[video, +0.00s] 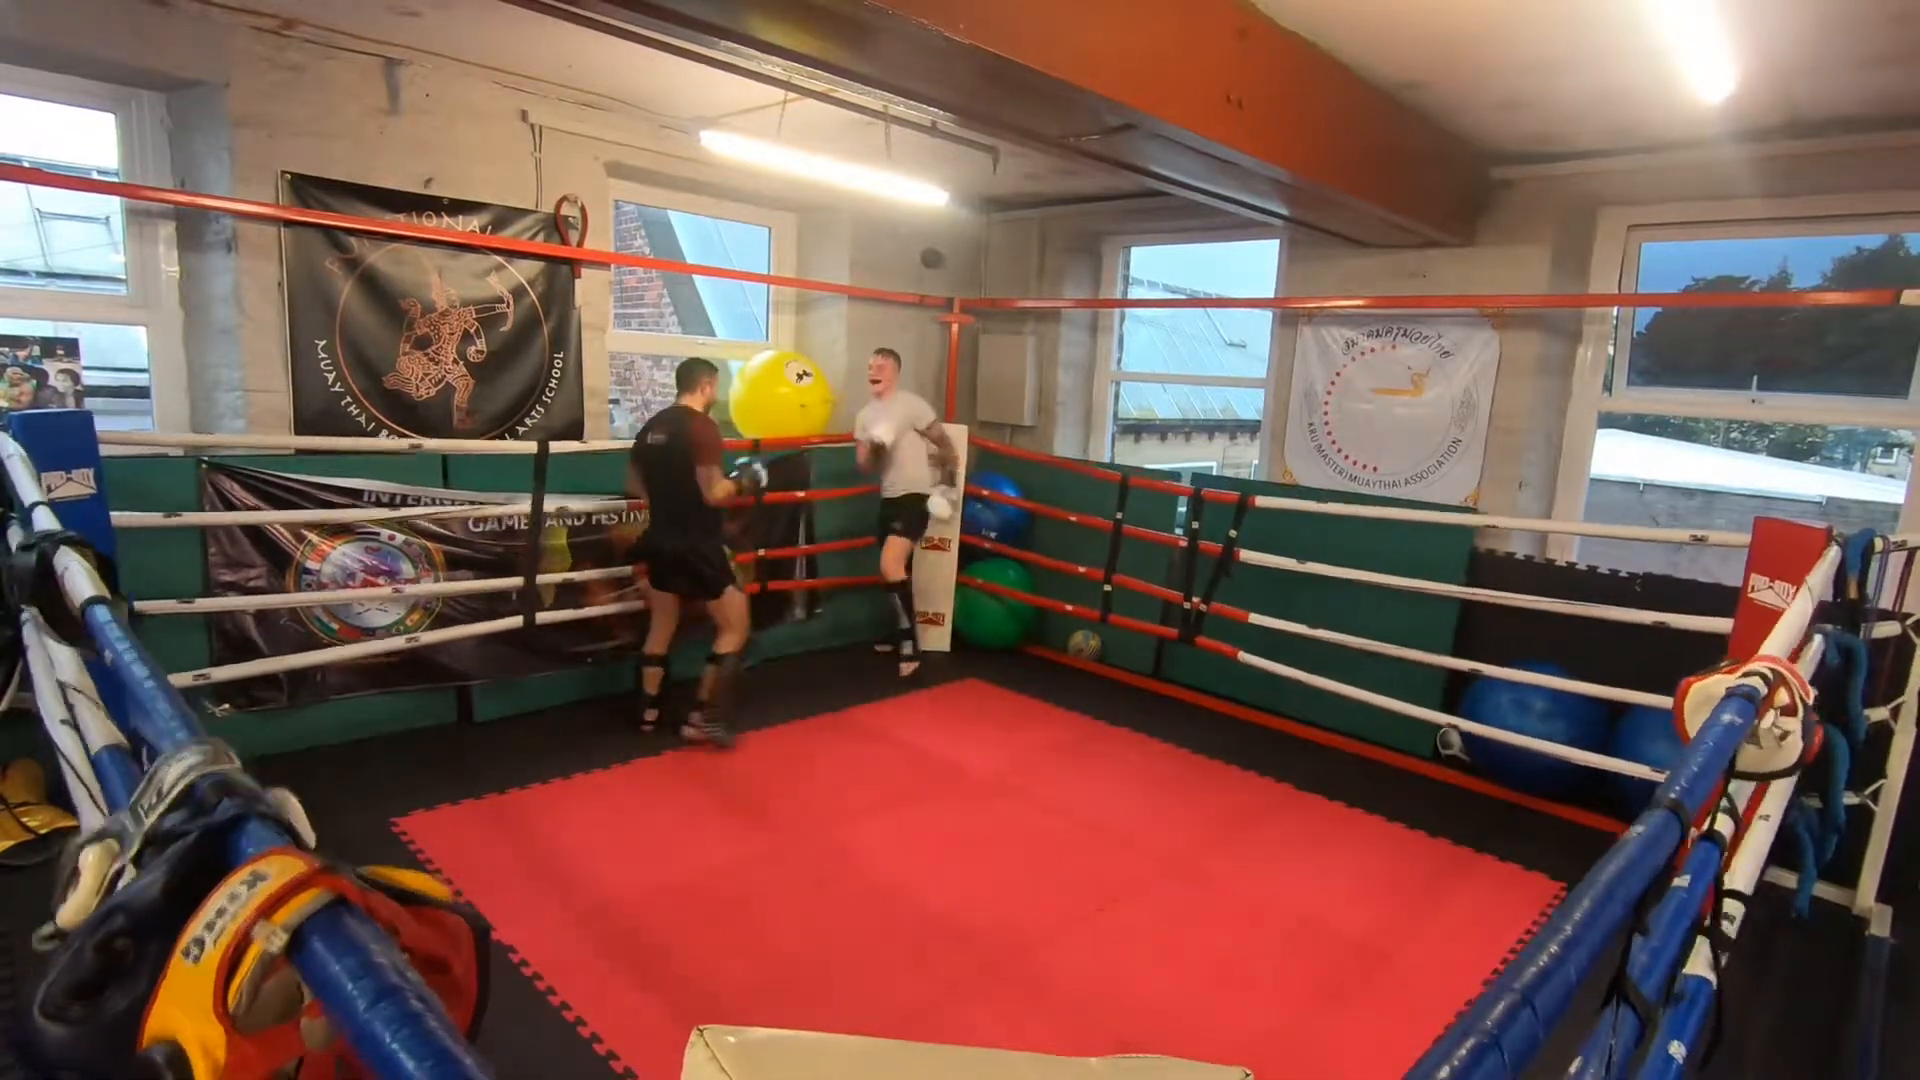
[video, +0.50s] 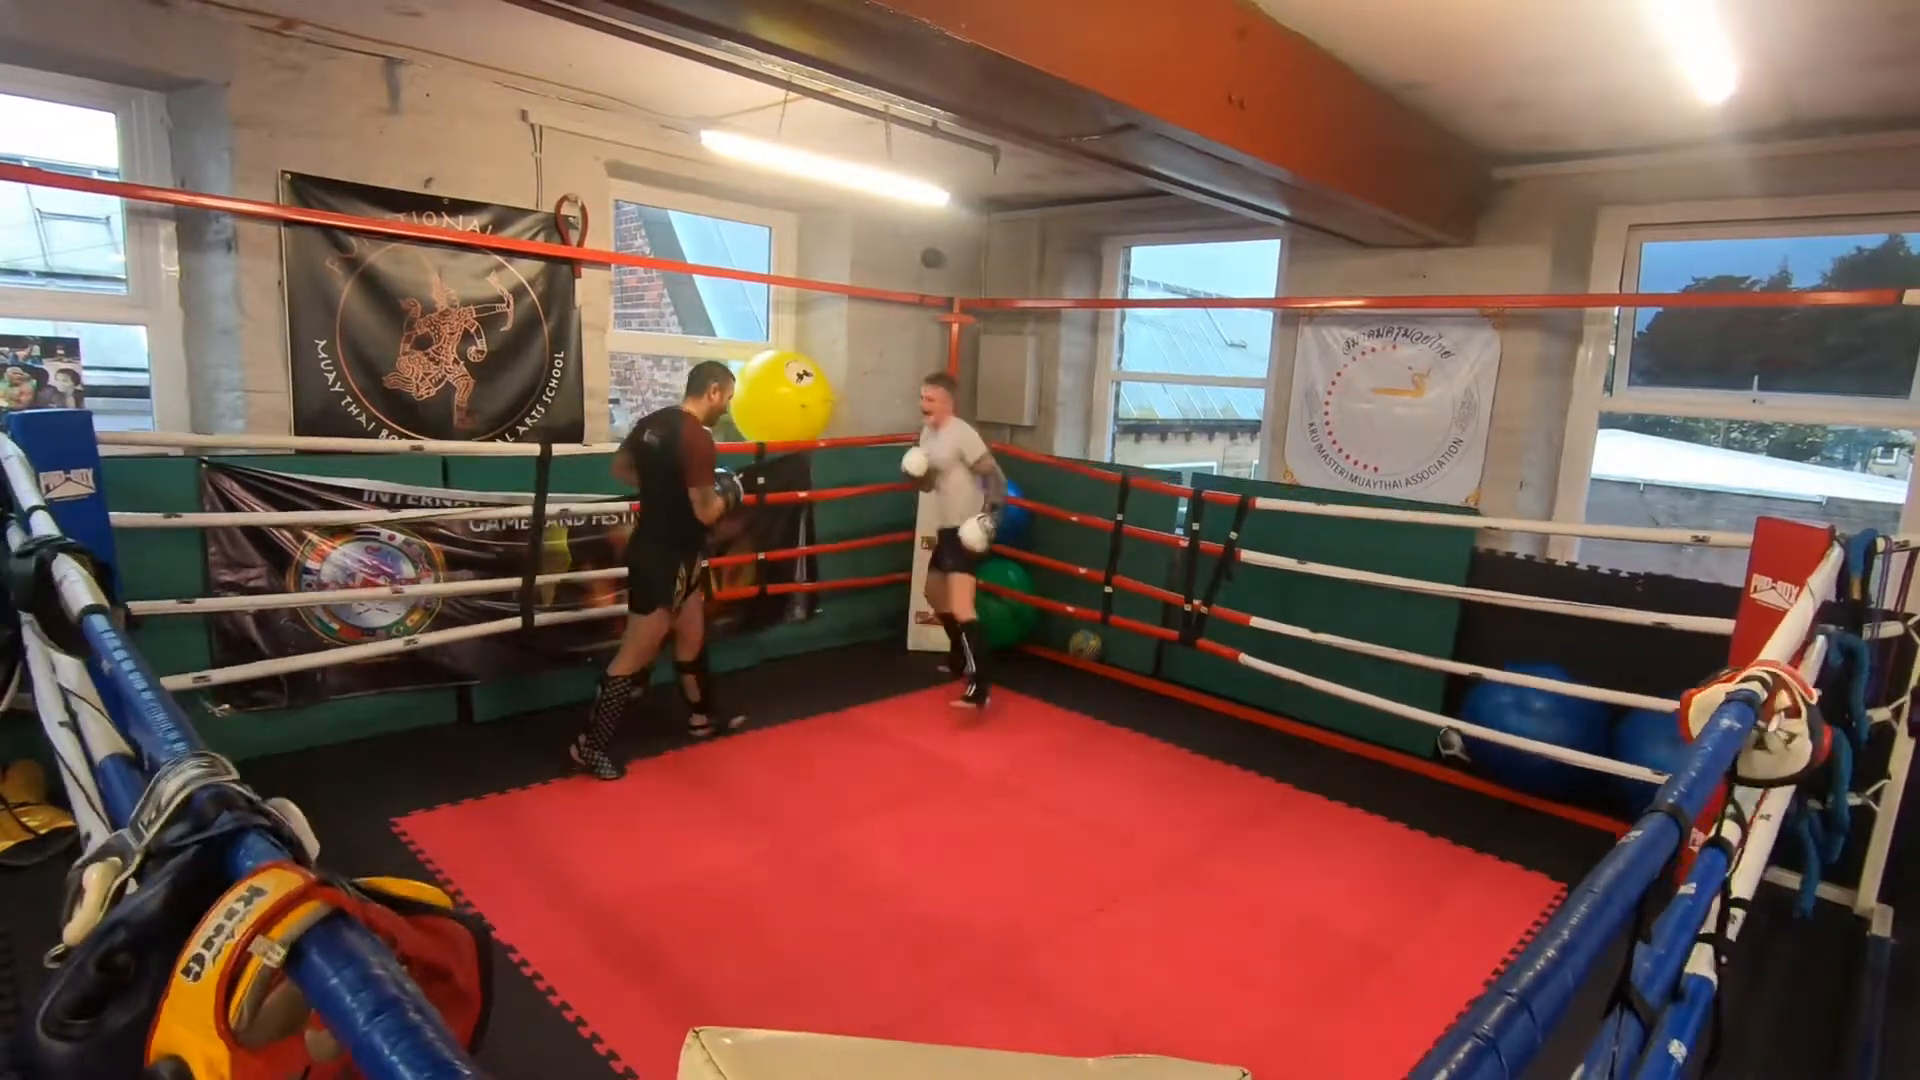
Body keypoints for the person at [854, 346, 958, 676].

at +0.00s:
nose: (873, 374)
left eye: (880, 368)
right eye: (871, 368)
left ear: (895, 373)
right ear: (868, 373)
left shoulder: (912, 405)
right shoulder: (866, 415)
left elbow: (945, 443)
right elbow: (864, 465)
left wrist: (947, 478)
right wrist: (873, 450)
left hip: (916, 493)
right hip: (889, 496)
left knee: (891, 564)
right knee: (895, 568)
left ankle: (909, 643)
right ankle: (900, 635)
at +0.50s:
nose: (925, 404)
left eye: (931, 399)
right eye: (923, 399)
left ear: (950, 401)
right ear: (923, 401)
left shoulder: (963, 433)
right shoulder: (928, 434)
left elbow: (995, 479)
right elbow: (927, 485)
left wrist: (989, 518)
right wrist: (917, 470)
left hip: (965, 528)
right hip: (942, 528)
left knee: (961, 604)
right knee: (935, 594)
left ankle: (978, 682)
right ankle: (959, 658)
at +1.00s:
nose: (977, 407)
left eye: (983, 401)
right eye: (977, 400)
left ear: (1005, 402)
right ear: (1005, 404)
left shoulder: (1014, 441)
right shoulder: (1022, 435)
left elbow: (1038, 499)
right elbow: (1018, 488)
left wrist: (1001, 541)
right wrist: (986, 488)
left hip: (1019, 555)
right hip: (1039, 553)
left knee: (985, 631)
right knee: (1041, 630)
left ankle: (971, 716)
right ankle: (1089, 703)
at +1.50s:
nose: (1034, 424)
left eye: (1038, 416)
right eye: (1035, 416)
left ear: (1055, 416)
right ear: (1075, 416)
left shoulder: (1044, 464)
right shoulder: (1108, 464)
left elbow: (1030, 525)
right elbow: (1087, 520)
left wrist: (979, 542)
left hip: (1054, 593)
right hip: (1097, 594)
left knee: (1028, 693)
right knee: (1088, 667)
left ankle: (1019, 800)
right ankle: (1107, 756)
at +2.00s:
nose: (1037, 440)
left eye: (1037, 431)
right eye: (1034, 432)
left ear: (1054, 423)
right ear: (1080, 422)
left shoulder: (1055, 470)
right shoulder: (1123, 470)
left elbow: (1052, 539)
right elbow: (1104, 541)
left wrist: (1004, 569)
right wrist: (1017, 560)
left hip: (1068, 615)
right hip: (1124, 618)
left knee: (1028, 707)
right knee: (1138, 732)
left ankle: (1018, 818)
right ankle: (1171, 857)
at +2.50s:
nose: (1021, 430)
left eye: (1021, 422)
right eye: (1020, 423)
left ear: (1035, 419)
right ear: (1068, 414)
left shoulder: (1023, 459)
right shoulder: (1117, 461)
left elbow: (948, 473)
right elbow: (1132, 529)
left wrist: (884, 462)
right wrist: (1076, 515)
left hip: (1061, 621)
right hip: (1124, 620)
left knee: (1028, 721)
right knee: (1150, 729)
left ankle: (993, 826)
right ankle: (1185, 852)